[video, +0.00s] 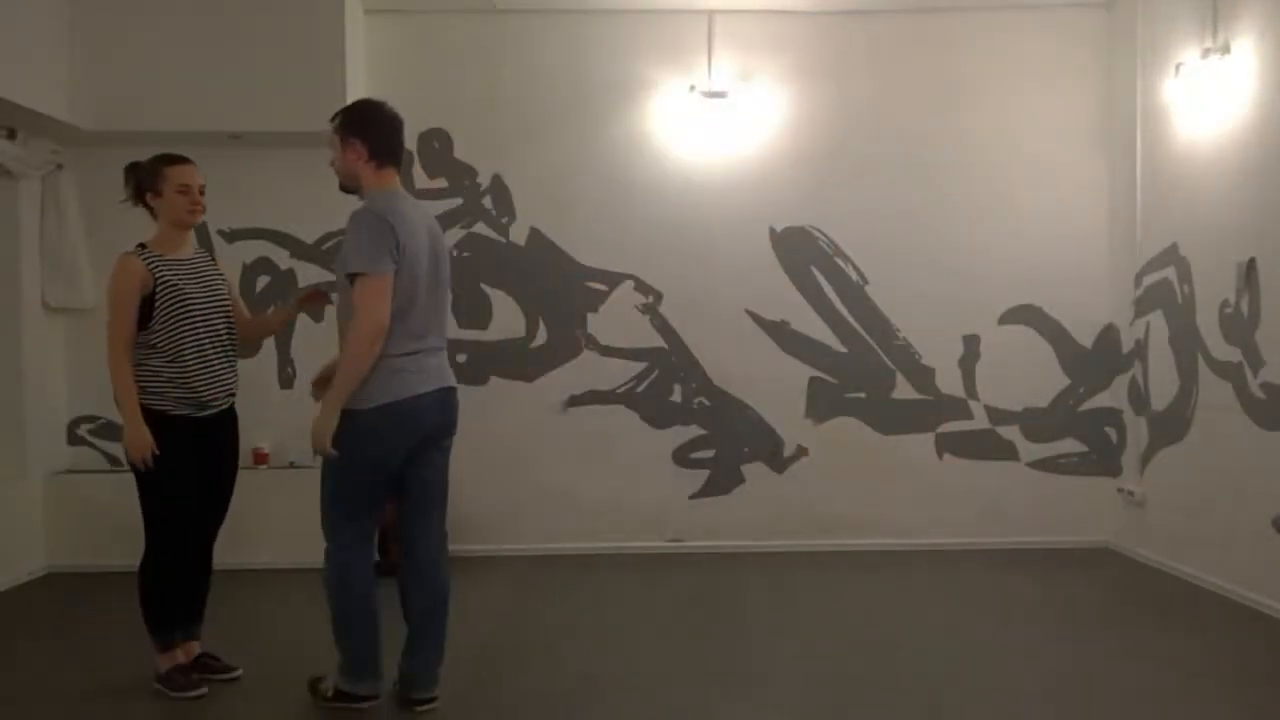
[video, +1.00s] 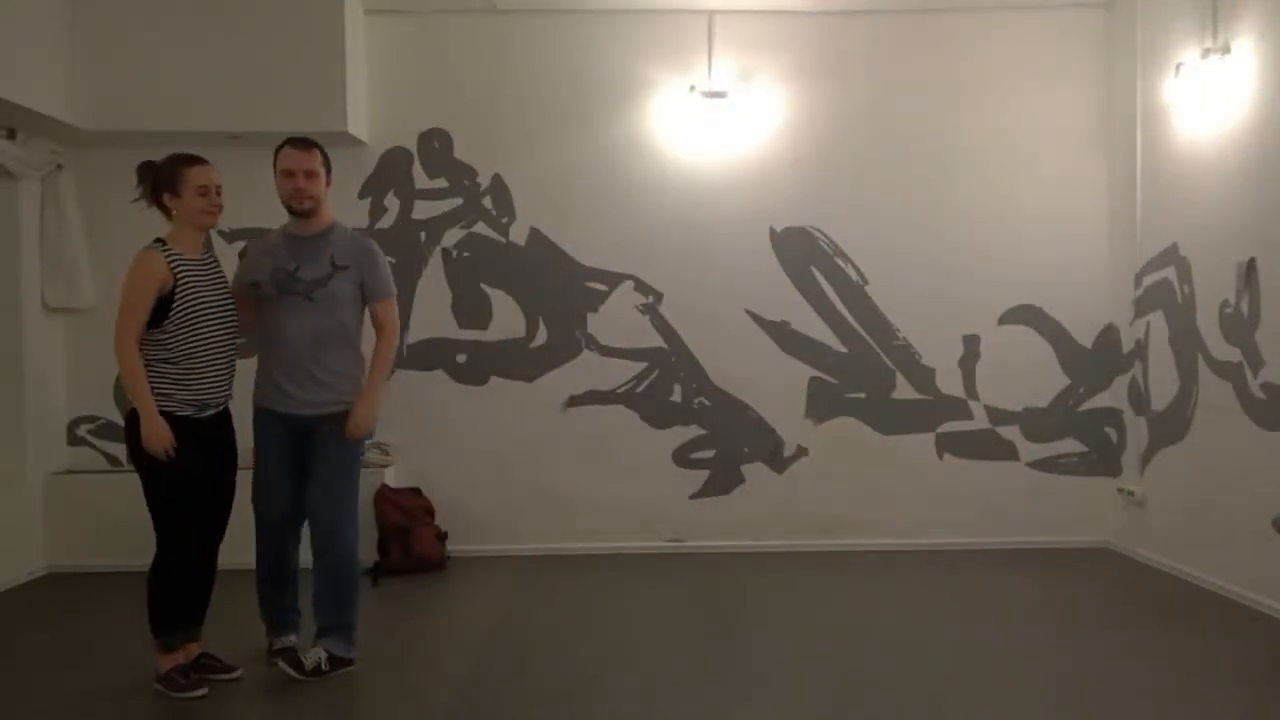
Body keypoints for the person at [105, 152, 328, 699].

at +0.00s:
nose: (197, 199)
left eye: (201, 191)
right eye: (185, 191)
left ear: (203, 199)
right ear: (154, 199)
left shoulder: (208, 266)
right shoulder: (136, 266)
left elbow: (247, 337)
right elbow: (119, 350)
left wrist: (295, 306)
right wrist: (132, 422)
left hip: (217, 422)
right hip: (165, 426)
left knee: (200, 539)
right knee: (167, 542)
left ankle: (189, 650)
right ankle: (167, 660)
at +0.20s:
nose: (199, 200)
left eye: (203, 191)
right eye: (186, 192)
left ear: (207, 196)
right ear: (155, 201)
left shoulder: (219, 261)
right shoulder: (139, 267)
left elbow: (276, 312)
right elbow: (127, 354)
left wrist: (306, 272)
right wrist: (138, 421)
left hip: (222, 422)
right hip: (167, 425)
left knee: (202, 539)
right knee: (167, 541)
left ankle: (190, 650)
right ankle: (167, 660)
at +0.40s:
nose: (202, 201)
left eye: (204, 190)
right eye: (188, 194)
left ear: (209, 194)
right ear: (157, 205)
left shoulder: (227, 260)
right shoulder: (142, 268)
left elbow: (285, 299)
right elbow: (130, 355)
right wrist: (141, 423)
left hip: (223, 423)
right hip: (165, 426)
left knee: (204, 538)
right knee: (165, 540)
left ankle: (192, 648)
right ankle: (168, 658)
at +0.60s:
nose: (204, 200)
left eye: (208, 190)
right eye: (190, 194)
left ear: (215, 194)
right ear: (161, 203)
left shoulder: (225, 258)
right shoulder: (145, 267)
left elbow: (271, 304)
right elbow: (130, 354)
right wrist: (136, 425)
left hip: (222, 423)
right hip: (166, 427)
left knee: (203, 540)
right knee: (167, 541)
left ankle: (191, 647)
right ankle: (168, 659)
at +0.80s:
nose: (208, 199)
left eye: (212, 190)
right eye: (195, 192)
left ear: (218, 195)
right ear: (165, 201)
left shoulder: (222, 261)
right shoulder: (148, 265)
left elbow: (253, 317)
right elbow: (130, 351)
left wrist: (309, 296)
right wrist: (139, 422)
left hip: (219, 424)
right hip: (167, 427)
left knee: (202, 541)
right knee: (169, 542)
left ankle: (191, 648)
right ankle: (169, 659)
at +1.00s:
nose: (215, 200)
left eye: (217, 191)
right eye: (203, 192)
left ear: (217, 198)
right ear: (170, 200)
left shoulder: (210, 261)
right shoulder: (155, 262)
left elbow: (215, 330)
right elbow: (125, 343)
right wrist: (149, 417)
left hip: (214, 421)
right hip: (168, 425)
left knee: (206, 538)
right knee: (177, 541)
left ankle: (190, 650)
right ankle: (168, 660)